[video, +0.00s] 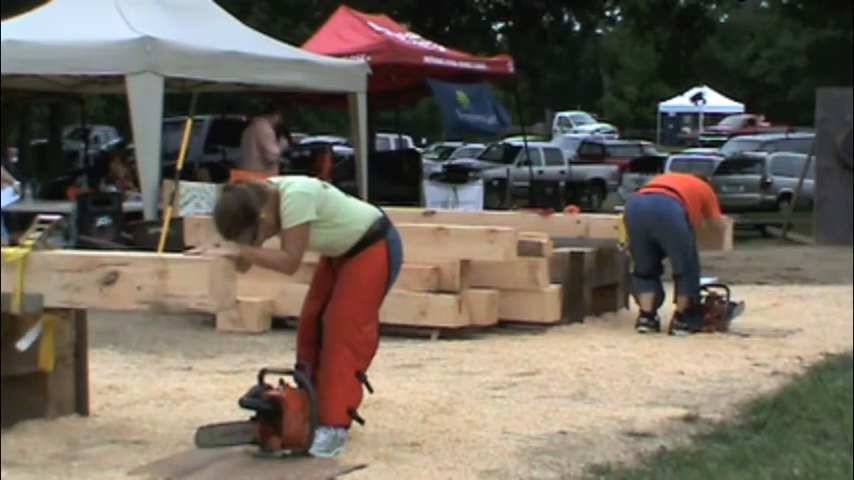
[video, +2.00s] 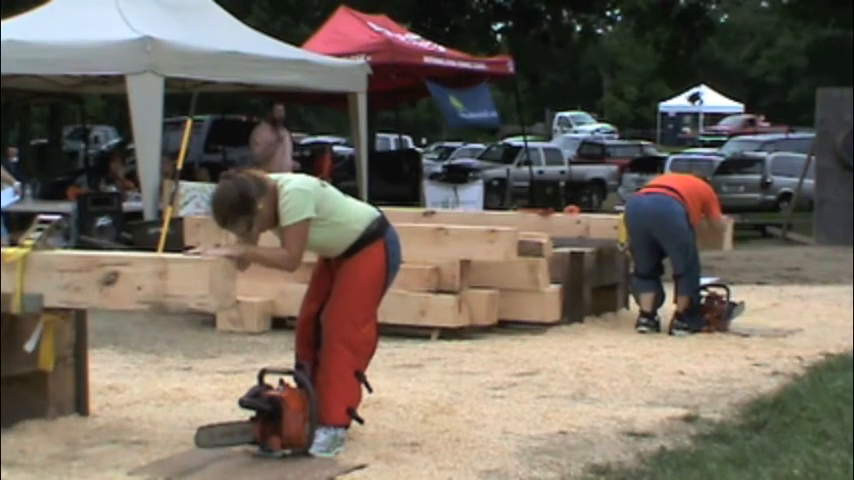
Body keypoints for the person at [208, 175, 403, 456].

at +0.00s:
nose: (258, 241)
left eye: (257, 236)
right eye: (251, 240)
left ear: (263, 212)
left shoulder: (298, 197)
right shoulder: (265, 198)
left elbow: (290, 263)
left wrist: (242, 253)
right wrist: (241, 255)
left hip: (372, 245)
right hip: (337, 250)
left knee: (341, 325)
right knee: (312, 321)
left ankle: (335, 425)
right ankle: (310, 411)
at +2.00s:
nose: (252, 233)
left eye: (251, 227)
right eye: (244, 231)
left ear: (260, 204)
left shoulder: (296, 195)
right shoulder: (262, 194)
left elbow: (291, 260)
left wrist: (244, 253)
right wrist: (232, 250)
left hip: (371, 247)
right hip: (336, 254)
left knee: (338, 325)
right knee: (309, 322)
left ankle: (334, 425)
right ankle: (309, 413)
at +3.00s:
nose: (244, 227)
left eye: (242, 219)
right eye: (238, 224)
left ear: (256, 198)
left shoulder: (302, 198)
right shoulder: (263, 214)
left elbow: (325, 262)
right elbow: (277, 267)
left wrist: (281, 281)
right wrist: (264, 293)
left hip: (374, 245)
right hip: (337, 254)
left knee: (338, 322)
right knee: (309, 322)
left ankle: (336, 426)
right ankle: (310, 414)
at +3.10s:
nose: (241, 232)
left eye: (239, 222)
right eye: (234, 227)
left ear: (254, 199)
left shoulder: (300, 211)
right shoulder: (262, 226)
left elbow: (316, 277)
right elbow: (283, 284)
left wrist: (285, 329)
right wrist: (298, 333)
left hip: (377, 246)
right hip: (338, 257)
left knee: (339, 321)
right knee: (307, 319)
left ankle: (340, 424)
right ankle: (313, 414)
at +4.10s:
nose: (237, 253)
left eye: (234, 244)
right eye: (230, 248)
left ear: (251, 224)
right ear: (253, 221)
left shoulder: (287, 226)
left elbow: (305, 299)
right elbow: (307, 293)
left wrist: (301, 361)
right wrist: (302, 356)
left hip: (382, 255)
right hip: (364, 257)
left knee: (334, 335)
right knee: (329, 331)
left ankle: (338, 429)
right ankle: (350, 412)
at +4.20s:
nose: (239, 239)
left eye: (234, 232)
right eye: (231, 236)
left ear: (248, 211)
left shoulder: (279, 228)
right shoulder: (282, 176)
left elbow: (296, 297)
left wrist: (298, 362)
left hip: (372, 245)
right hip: (387, 224)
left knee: (326, 330)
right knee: (356, 324)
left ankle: (335, 427)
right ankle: (352, 403)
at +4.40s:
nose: (228, 236)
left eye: (225, 227)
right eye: (223, 230)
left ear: (241, 210)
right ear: (244, 205)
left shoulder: (278, 217)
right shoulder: (281, 197)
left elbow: (295, 292)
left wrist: (283, 358)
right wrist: (284, 287)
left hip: (379, 242)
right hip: (386, 232)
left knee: (333, 330)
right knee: (353, 322)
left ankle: (337, 428)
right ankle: (365, 402)